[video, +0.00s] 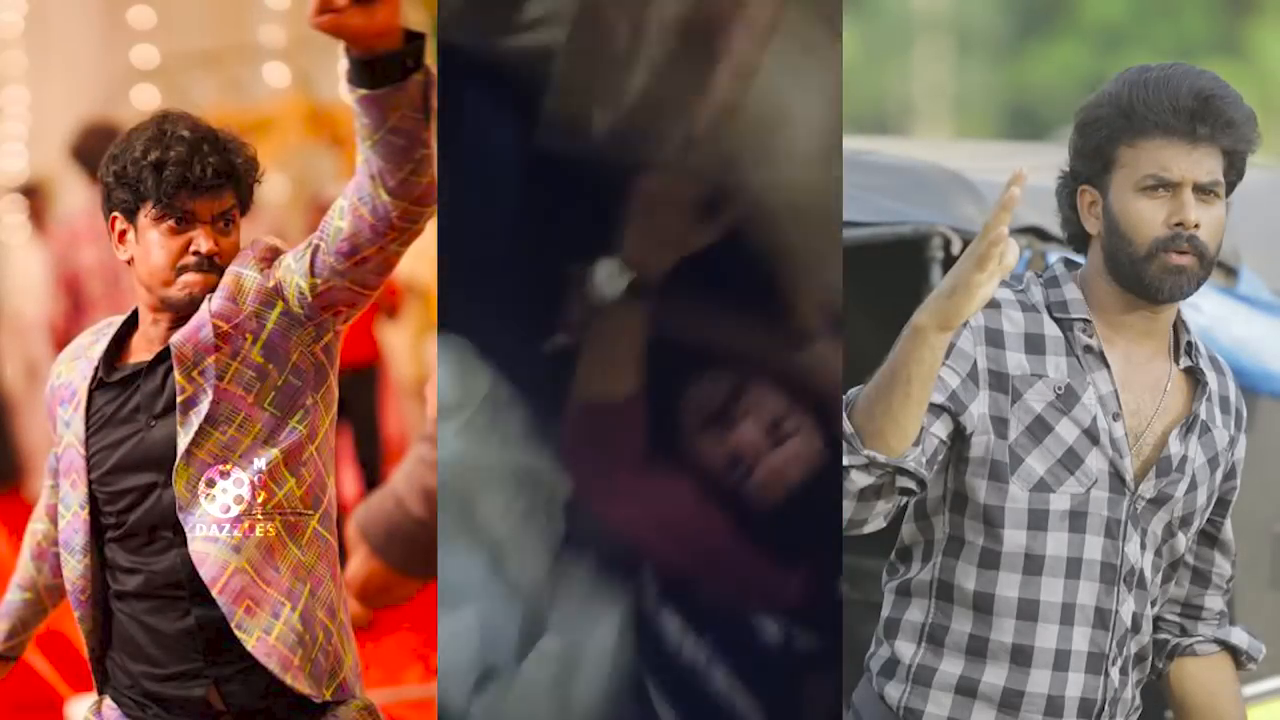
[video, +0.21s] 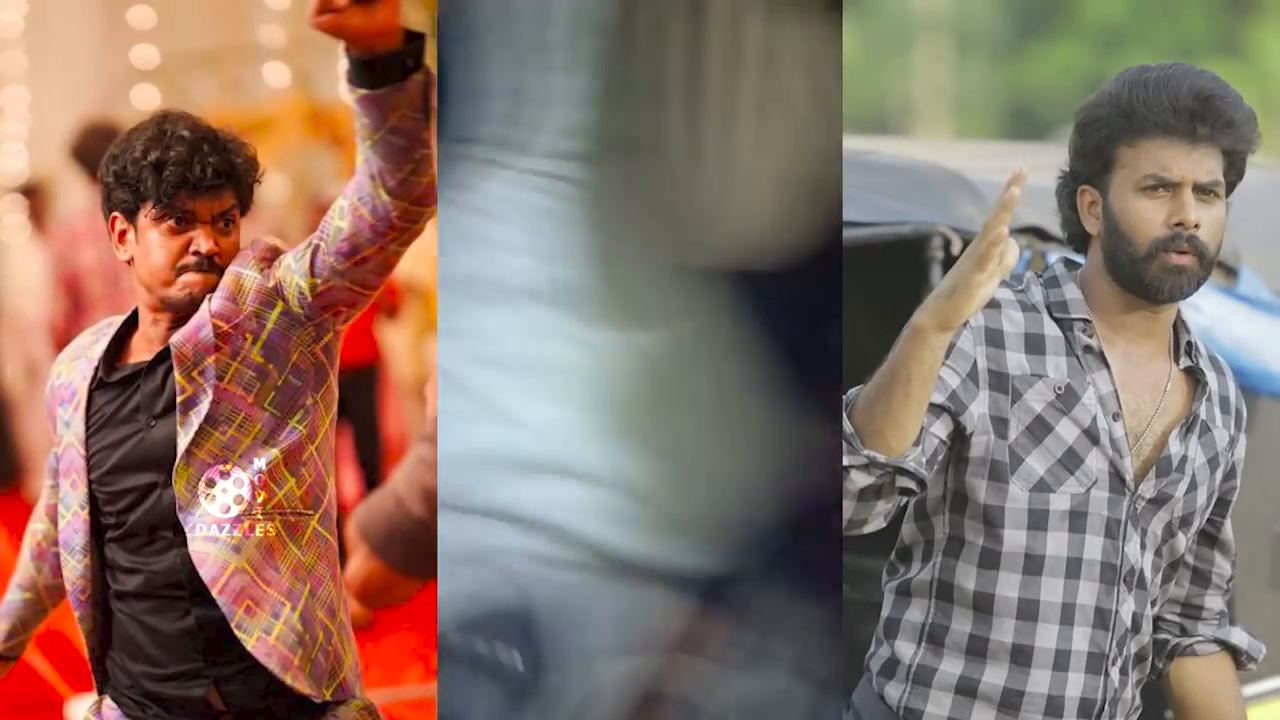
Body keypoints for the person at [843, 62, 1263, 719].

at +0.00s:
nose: (1187, 217)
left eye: (1207, 194)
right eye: (1157, 190)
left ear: (1227, 208)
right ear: (1092, 208)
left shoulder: (1219, 397)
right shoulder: (984, 329)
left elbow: (1193, 617)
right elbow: (854, 506)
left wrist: (1226, 711)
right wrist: (932, 326)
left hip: (1106, 709)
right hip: (936, 702)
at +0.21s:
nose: (1188, 217)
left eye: (1207, 194)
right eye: (1157, 190)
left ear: (1227, 208)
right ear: (1092, 208)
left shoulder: (1219, 397)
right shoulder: (984, 328)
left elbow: (1193, 619)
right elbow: (852, 507)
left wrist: (1226, 712)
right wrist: (932, 326)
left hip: (1106, 711)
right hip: (935, 703)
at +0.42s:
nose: (1187, 217)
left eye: (1207, 194)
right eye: (1157, 190)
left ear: (1227, 208)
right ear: (1092, 208)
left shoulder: (1219, 398)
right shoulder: (984, 329)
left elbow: (1193, 618)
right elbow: (852, 508)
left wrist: (1226, 711)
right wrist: (931, 327)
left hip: (1106, 709)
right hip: (935, 702)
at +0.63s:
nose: (1187, 217)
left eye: (1207, 194)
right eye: (1157, 190)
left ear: (1227, 208)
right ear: (1092, 208)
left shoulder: (1219, 398)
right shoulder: (984, 328)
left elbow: (1193, 617)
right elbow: (854, 506)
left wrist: (1226, 711)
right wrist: (931, 327)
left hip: (1106, 709)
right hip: (935, 702)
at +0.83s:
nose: (1188, 217)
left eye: (1207, 194)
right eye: (1157, 190)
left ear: (1227, 208)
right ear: (1092, 208)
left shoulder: (1219, 397)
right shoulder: (984, 328)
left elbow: (1193, 619)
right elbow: (851, 508)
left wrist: (1226, 712)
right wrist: (931, 327)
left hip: (1105, 711)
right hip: (934, 703)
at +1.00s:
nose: (1187, 217)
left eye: (1207, 194)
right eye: (1157, 190)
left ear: (1227, 208)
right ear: (1092, 208)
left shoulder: (1219, 398)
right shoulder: (984, 329)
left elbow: (1193, 615)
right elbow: (851, 508)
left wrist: (1225, 711)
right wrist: (931, 328)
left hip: (1105, 709)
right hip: (934, 702)